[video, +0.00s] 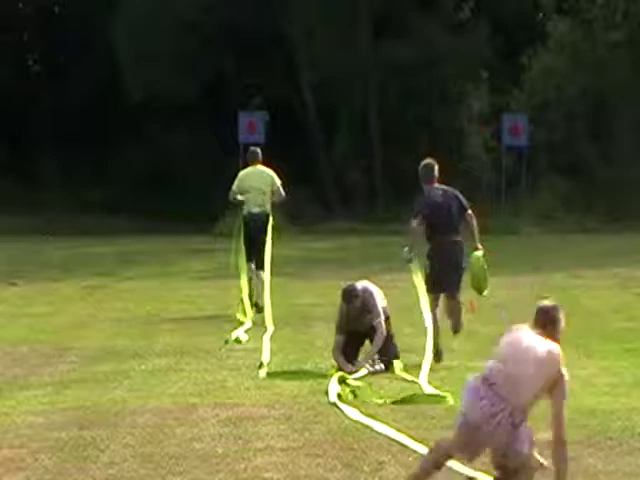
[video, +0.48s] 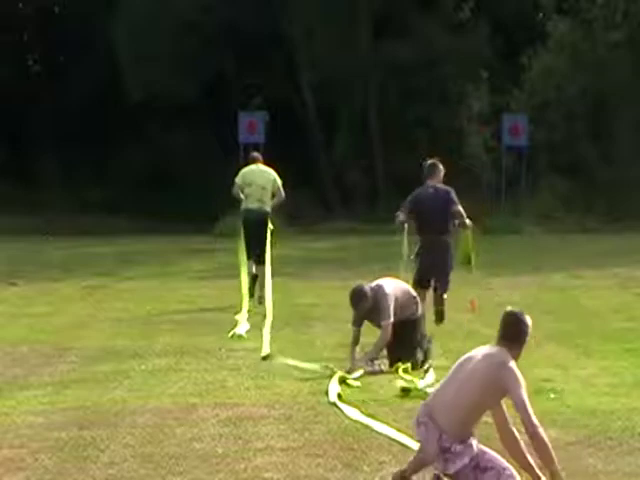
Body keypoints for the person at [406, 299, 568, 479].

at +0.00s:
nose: (561, 331)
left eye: (560, 325)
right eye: (560, 326)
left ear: (535, 322)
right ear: (554, 327)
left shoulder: (515, 333)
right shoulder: (555, 367)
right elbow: (559, 434)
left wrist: (529, 449)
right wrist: (561, 474)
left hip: (478, 396)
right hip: (506, 420)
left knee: (457, 446)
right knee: (517, 470)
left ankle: (417, 475)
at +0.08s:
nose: (559, 355)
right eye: (559, 351)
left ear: (533, 343)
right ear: (556, 354)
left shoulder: (510, 358)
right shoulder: (546, 384)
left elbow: (519, 436)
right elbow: (547, 442)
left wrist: (539, 474)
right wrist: (554, 476)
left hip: (451, 426)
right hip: (478, 449)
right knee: (517, 475)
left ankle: (390, 475)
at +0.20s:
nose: (545, 385)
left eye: (545, 378)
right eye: (546, 379)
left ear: (520, 364)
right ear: (542, 378)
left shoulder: (498, 377)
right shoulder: (525, 400)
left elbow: (509, 449)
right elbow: (539, 453)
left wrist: (531, 477)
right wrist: (551, 478)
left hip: (432, 423)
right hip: (450, 463)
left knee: (420, 455)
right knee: (514, 476)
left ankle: (373, 474)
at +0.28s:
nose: (532, 377)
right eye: (533, 372)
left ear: (506, 360)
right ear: (530, 372)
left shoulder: (487, 375)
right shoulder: (510, 397)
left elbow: (507, 448)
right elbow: (534, 456)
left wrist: (530, 473)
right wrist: (548, 478)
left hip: (420, 435)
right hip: (442, 461)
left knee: (419, 456)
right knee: (509, 475)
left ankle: (375, 474)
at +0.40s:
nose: (525, 358)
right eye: (526, 352)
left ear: (500, 342)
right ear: (524, 353)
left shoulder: (481, 362)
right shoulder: (504, 381)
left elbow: (507, 438)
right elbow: (528, 438)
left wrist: (535, 474)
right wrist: (555, 476)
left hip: (420, 431)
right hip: (441, 452)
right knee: (506, 476)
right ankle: (432, 470)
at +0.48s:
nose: (527, 342)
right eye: (528, 338)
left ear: (500, 334)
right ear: (525, 341)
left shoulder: (480, 354)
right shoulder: (507, 370)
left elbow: (505, 433)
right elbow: (532, 431)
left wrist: (535, 474)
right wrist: (556, 473)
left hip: (424, 422)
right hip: (449, 447)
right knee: (508, 475)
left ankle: (404, 473)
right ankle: (448, 474)